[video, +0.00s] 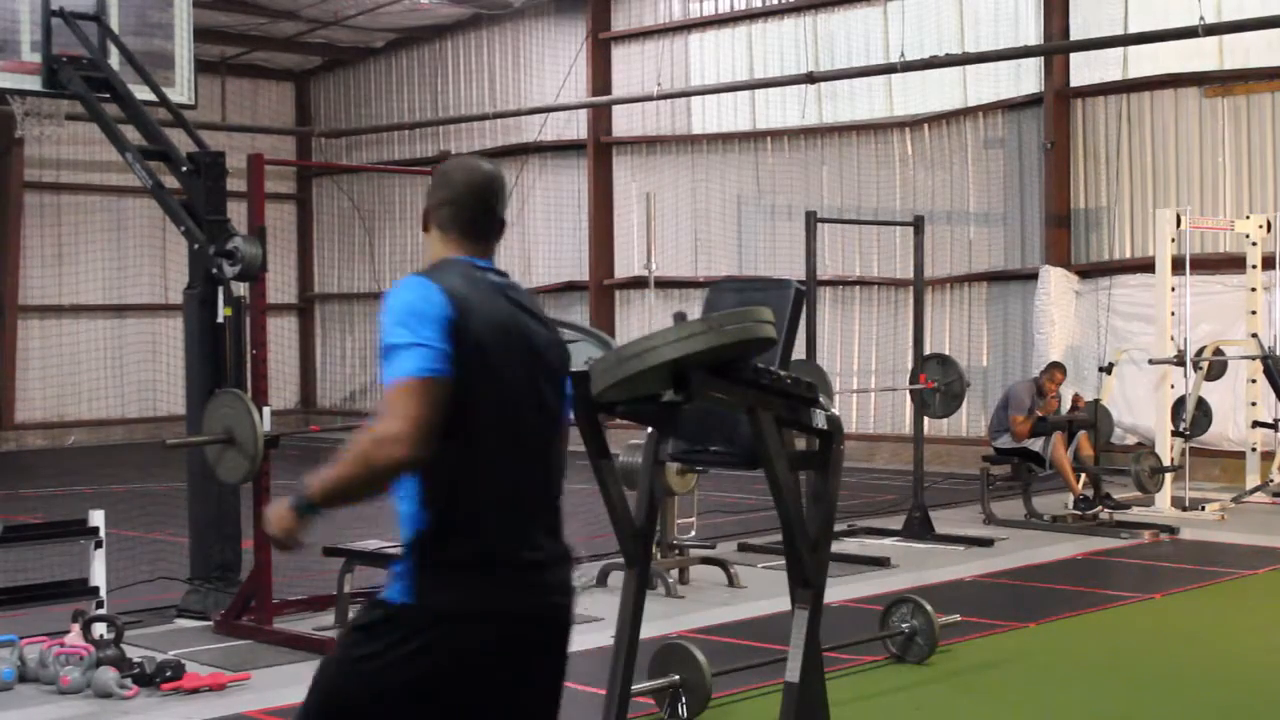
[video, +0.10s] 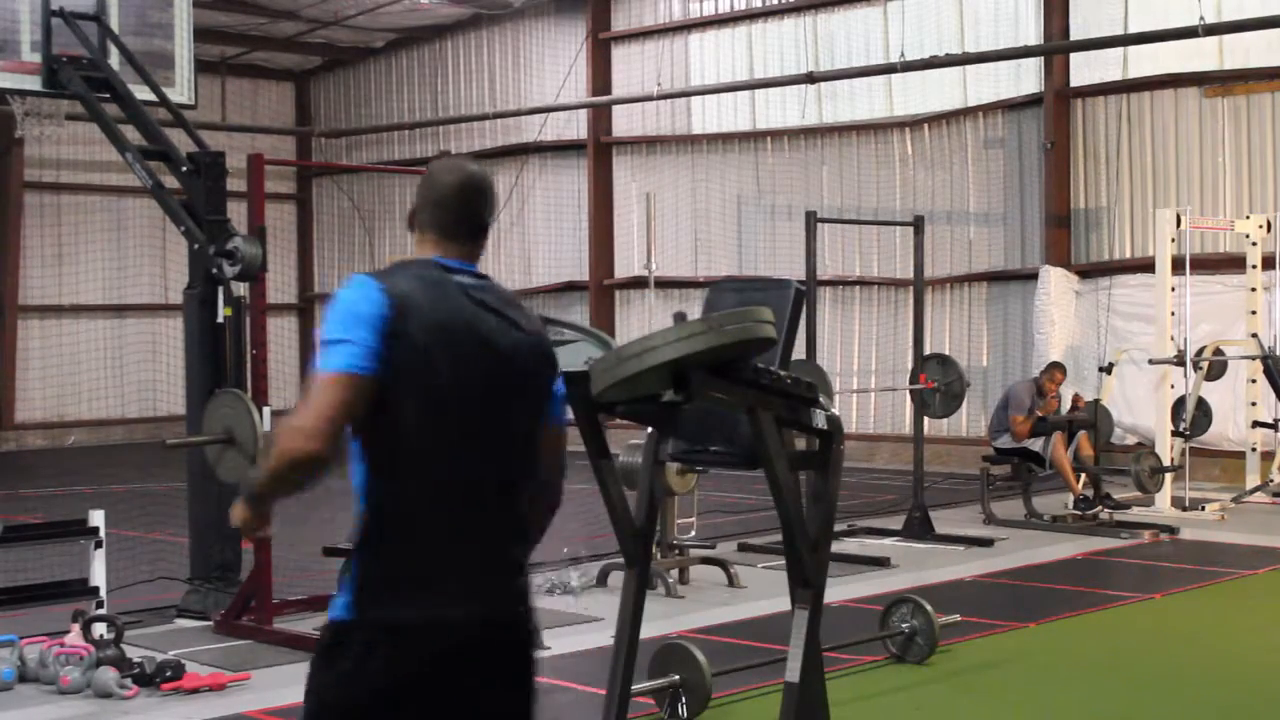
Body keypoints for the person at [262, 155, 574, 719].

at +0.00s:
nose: (425, 220)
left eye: (426, 212)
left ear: (427, 218)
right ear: (499, 229)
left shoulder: (423, 294)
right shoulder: (538, 323)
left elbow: (402, 437)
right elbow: (546, 461)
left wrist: (302, 502)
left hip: (438, 601)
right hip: (537, 600)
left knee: (331, 711)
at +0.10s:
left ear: (412, 218)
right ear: (485, 229)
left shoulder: (374, 295)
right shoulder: (528, 331)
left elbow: (312, 439)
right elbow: (546, 491)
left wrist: (255, 498)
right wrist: (498, 560)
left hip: (384, 613)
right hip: (496, 614)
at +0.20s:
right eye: (469, 235)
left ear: (393, 225)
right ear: (467, 243)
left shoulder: (319, 306)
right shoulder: (504, 347)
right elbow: (544, 495)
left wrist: (229, 502)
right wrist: (534, 565)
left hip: (344, 627)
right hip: (456, 626)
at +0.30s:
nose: (450, 248)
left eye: (448, 234)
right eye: (447, 234)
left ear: (363, 227)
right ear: (430, 236)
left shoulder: (280, 320)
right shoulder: (476, 344)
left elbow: (187, 453)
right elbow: (519, 497)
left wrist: (230, 495)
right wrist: (560, 567)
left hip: (313, 631)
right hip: (426, 632)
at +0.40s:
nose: (428, 240)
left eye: (427, 227)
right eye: (426, 227)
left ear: (344, 222)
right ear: (411, 230)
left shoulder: (260, 314)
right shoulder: (458, 336)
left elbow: (202, 452)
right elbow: (496, 486)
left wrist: (259, 469)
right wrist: (560, 571)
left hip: (291, 615)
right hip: (405, 618)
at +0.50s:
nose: (421, 243)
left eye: (421, 229)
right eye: (420, 228)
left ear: (334, 222)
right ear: (397, 227)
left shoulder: (244, 318)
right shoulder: (440, 335)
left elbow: (217, 460)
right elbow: (474, 490)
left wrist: (302, 454)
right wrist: (544, 567)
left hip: (279, 621)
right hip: (394, 621)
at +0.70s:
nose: (442, 265)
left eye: (444, 249)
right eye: (440, 247)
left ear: (357, 239)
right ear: (413, 244)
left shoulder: (261, 325)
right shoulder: (430, 346)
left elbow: (232, 463)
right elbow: (432, 501)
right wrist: (522, 565)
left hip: (271, 621)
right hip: (382, 625)